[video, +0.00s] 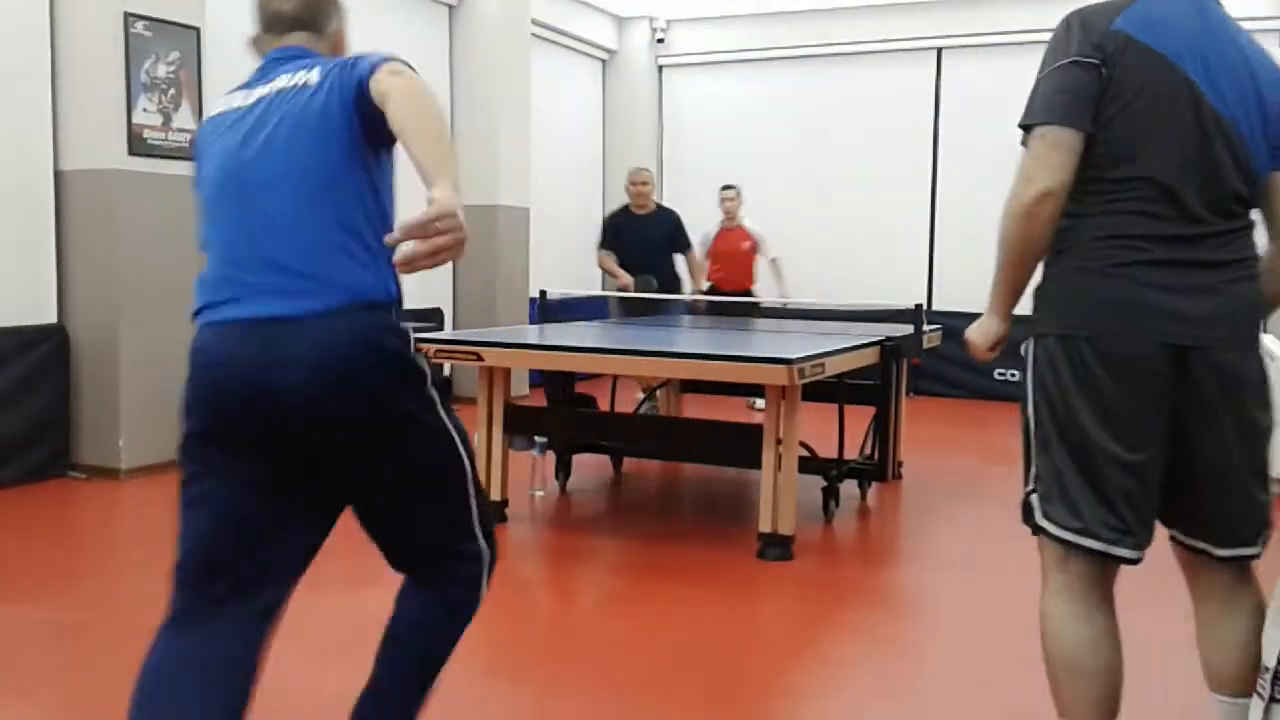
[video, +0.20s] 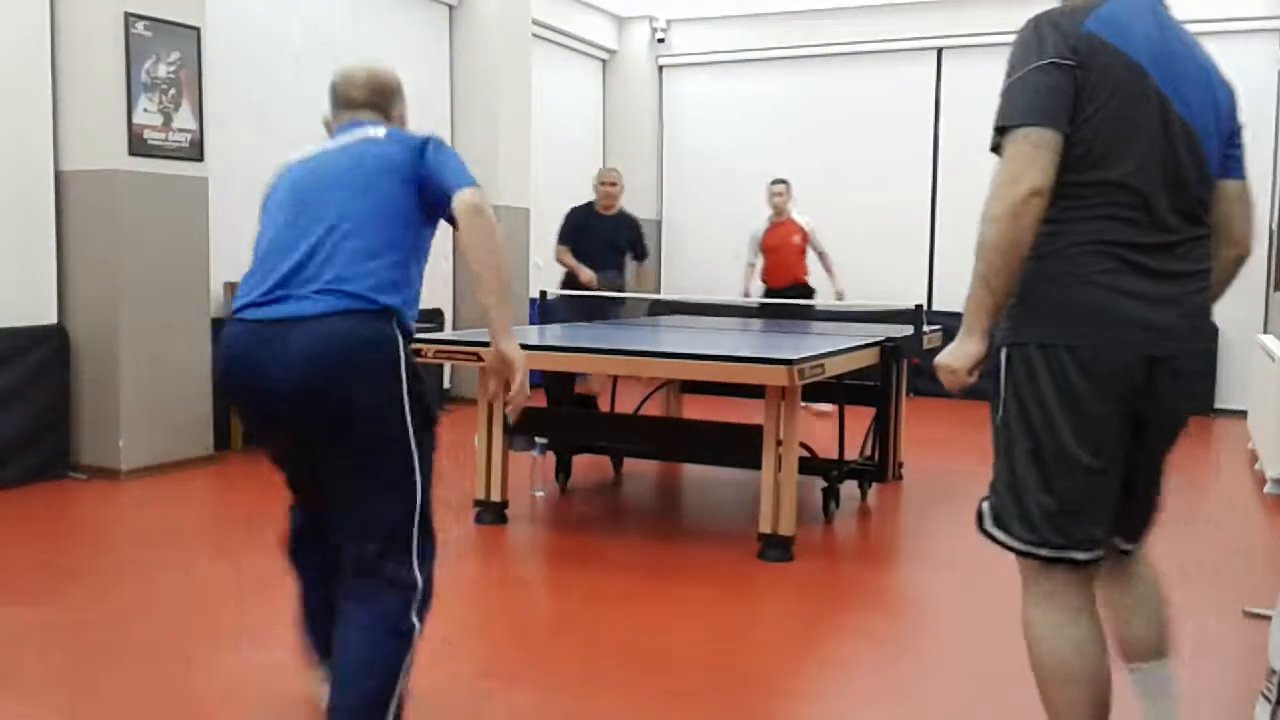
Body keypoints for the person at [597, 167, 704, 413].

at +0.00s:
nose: (639, 189)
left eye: (644, 184)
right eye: (634, 184)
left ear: (654, 187)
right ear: (626, 188)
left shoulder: (669, 218)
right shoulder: (614, 221)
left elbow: (690, 255)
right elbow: (604, 257)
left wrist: (699, 290)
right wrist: (620, 275)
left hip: (668, 299)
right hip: (631, 301)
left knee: (669, 359)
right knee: (634, 356)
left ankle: (672, 419)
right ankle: (649, 395)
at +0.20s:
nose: (608, 190)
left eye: (613, 185)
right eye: (602, 185)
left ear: (622, 189)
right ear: (595, 188)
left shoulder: (629, 223)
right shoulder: (577, 215)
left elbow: (641, 264)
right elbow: (562, 252)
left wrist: (641, 301)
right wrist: (580, 269)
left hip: (610, 301)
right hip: (574, 298)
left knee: (605, 357)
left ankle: (588, 397)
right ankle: (559, 405)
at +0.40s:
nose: (565, 201)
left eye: (570, 196)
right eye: (560, 196)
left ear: (577, 199)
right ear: (552, 197)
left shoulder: (583, 232)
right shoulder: (533, 225)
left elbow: (592, 273)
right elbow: (519, 264)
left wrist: (595, 303)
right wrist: (544, 286)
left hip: (566, 306)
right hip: (530, 302)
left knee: (562, 362)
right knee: (505, 347)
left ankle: (561, 412)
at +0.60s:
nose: (519, 195)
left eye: (525, 190)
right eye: (514, 190)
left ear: (531, 193)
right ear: (504, 191)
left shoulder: (539, 224)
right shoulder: (489, 222)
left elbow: (549, 264)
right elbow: (476, 260)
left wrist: (557, 297)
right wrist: (501, 278)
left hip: (528, 310)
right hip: (492, 309)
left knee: (521, 372)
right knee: (487, 369)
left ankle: (519, 430)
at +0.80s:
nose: (500, 184)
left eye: (505, 179)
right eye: (494, 179)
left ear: (510, 182)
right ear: (484, 182)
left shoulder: (520, 214)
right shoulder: (468, 215)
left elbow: (529, 252)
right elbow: (459, 251)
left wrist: (540, 281)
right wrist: (481, 271)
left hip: (517, 293)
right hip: (480, 294)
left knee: (529, 345)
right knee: (473, 350)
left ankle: (535, 394)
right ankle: (460, 396)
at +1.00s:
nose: (501, 184)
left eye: (504, 180)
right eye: (495, 179)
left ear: (508, 182)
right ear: (481, 181)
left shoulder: (513, 214)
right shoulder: (465, 214)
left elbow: (522, 253)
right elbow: (458, 252)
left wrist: (534, 281)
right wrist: (490, 269)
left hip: (510, 295)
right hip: (475, 297)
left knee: (524, 347)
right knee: (469, 349)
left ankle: (534, 400)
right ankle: (460, 396)